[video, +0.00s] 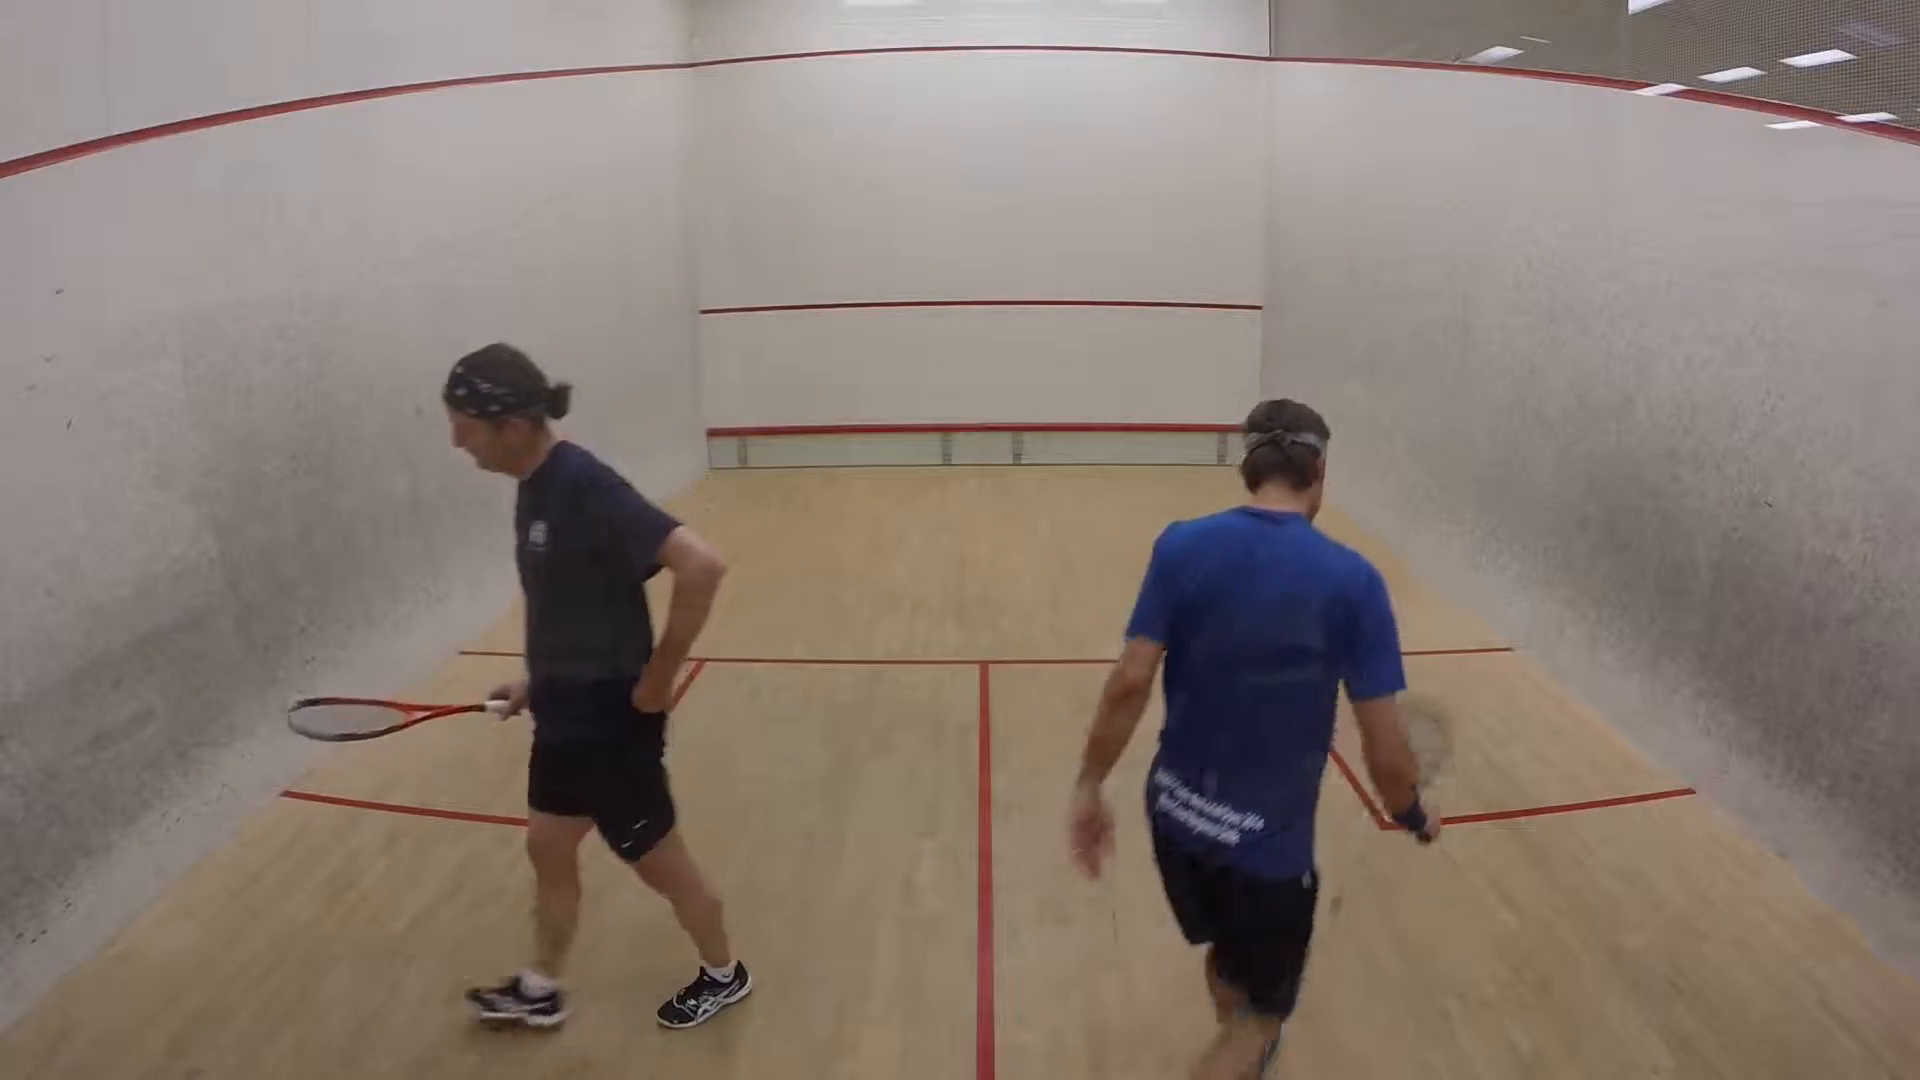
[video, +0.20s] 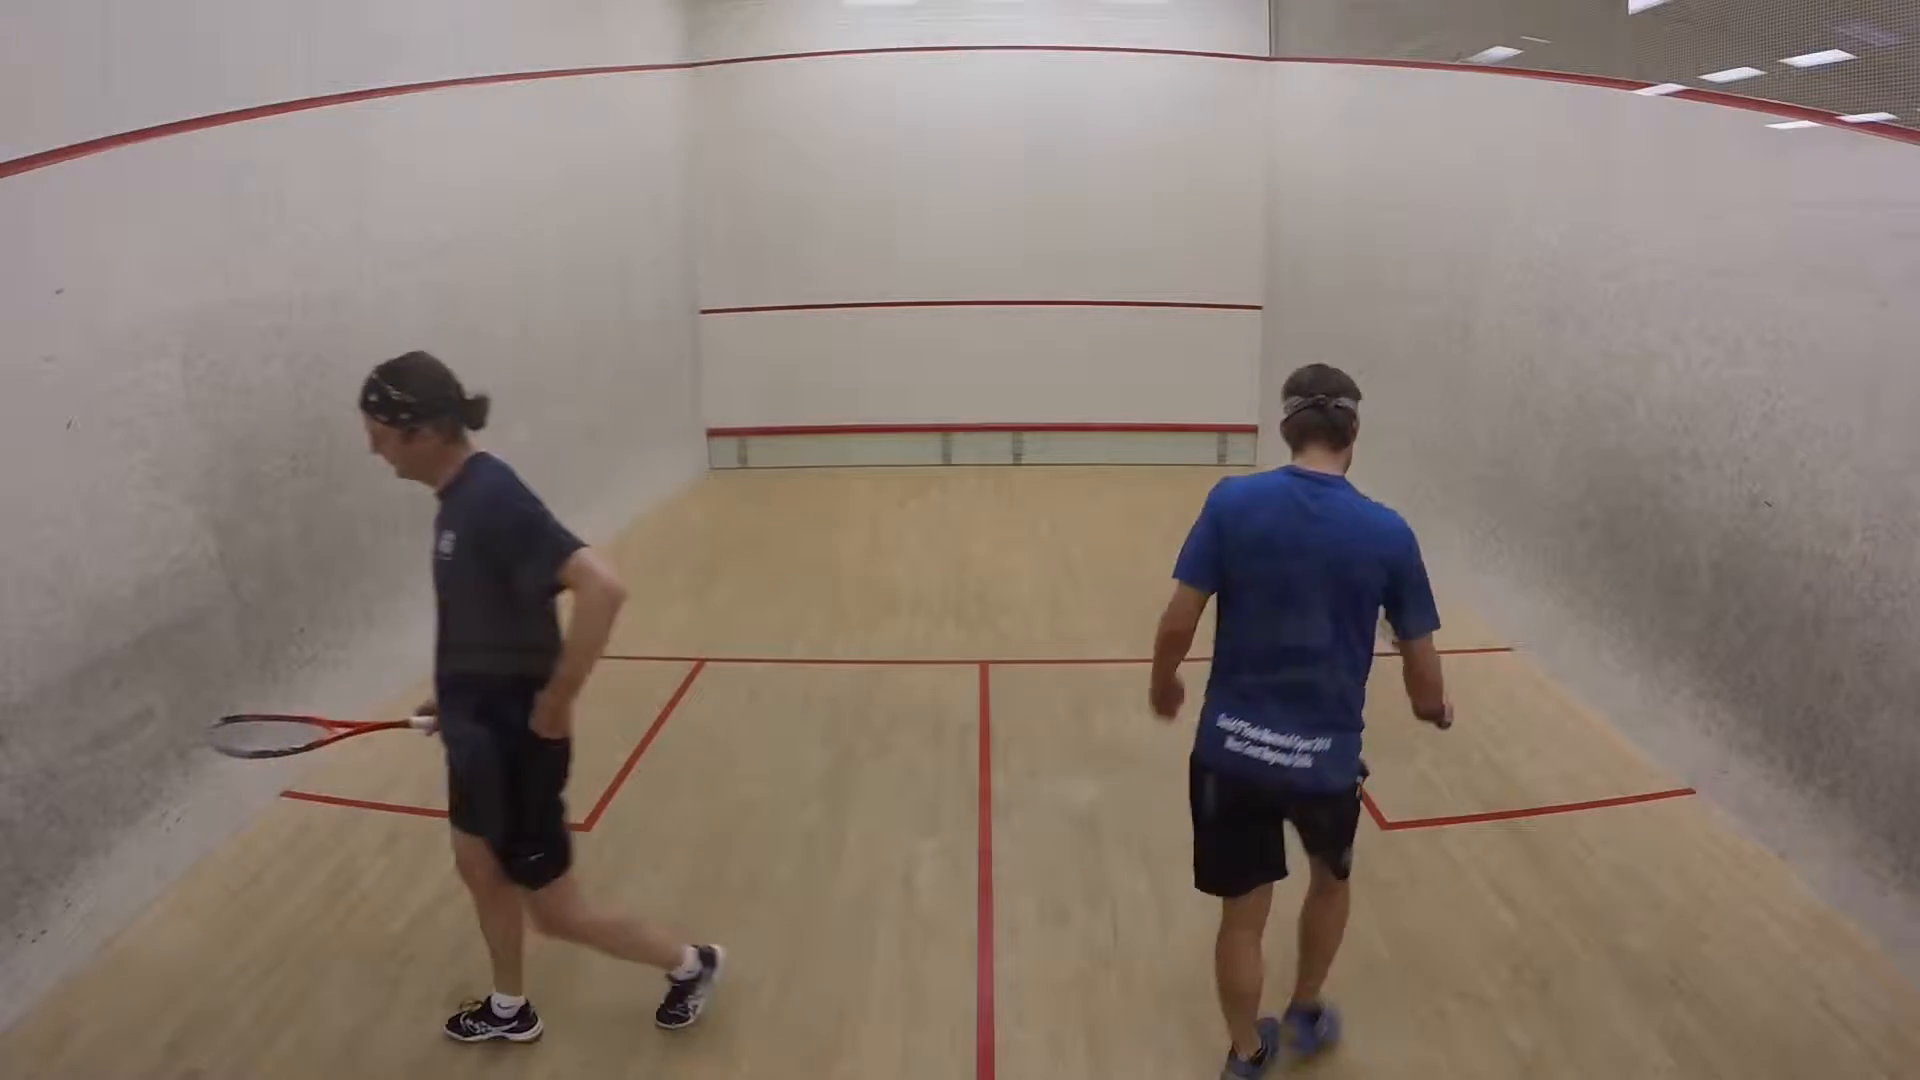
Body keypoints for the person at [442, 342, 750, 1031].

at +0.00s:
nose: (457, 441)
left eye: (464, 427)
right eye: (455, 426)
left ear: (512, 424)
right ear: (512, 425)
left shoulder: (586, 482)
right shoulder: (536, 488)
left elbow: (699, 567)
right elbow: (563, 600)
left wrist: (662, 673)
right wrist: (532, 680)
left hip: (613, 711)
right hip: (562, 709)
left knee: (658, 857)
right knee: (549, 848)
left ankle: (724, 972)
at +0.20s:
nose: (376, 452)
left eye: (379, 437)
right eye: (373, 438)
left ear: (420, 431)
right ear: (428, 429)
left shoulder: (494, 494)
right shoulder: (457, 497)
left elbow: (602, 591)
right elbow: (490, 611)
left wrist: (560, 697)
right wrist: (450, 692)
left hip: (516, 724)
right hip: (473, 719)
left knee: (555, 910)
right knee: (479, 867)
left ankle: (690, 963)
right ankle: (510, 1008)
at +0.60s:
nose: (270, 434)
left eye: (268, 423)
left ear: (276, 434)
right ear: (343, 410)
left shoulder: (314, 516)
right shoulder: (404, 495)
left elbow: (350, 642)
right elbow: (451, 613)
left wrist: (327, 737)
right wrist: (400, 675)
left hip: (364, 756)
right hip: (437, 732)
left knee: (350, 947)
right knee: (461, 870)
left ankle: (368, 1067)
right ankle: (511, 1006)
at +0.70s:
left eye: (255, 429)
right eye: (326, 409)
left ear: (258, 441)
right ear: (330, 419)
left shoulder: (260, 534)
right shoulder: (394, 508)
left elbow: (253, 682)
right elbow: (452, 627)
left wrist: (253, 783)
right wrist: (399, 678)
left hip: (326, 776)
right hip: (414, 749)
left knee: (340, 958)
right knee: (452, 878)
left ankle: (363, 1071)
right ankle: (512, 1006)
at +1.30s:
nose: (341, 438)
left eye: (339, 422)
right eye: (328, 424)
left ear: (271, 441)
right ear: (277, 439)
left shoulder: (191, 547)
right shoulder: (327, 541)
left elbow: (203, 684)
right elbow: (429, 678)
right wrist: (436, 620)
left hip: (288, 809)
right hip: (381, 787)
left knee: (337, 978)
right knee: (506, 923)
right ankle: (601, 1060)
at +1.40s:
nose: (369, 444)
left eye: (366, 427)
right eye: (357, 429)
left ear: (297, 442)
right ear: (307, 441)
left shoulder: (216, 549)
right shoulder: (357, 548)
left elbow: (228, 683)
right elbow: (480, 649)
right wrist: (465, 585)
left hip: (314, 810)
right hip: (408, 792)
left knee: (349, 980)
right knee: (534, 943)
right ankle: (624, 1072)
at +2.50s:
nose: (476, 443)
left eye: (475, 428)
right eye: (469, 429)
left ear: (384, 432)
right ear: (435, 432)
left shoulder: (316, 518)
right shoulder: (453, 517)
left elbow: (287, 648)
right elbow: (567, 485)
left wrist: (373, 623)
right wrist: (486, 449)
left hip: (400, 800)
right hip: (494, 788)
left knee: (416, 954)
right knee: (565, 954)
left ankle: (432, 1070)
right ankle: (629, 1073)